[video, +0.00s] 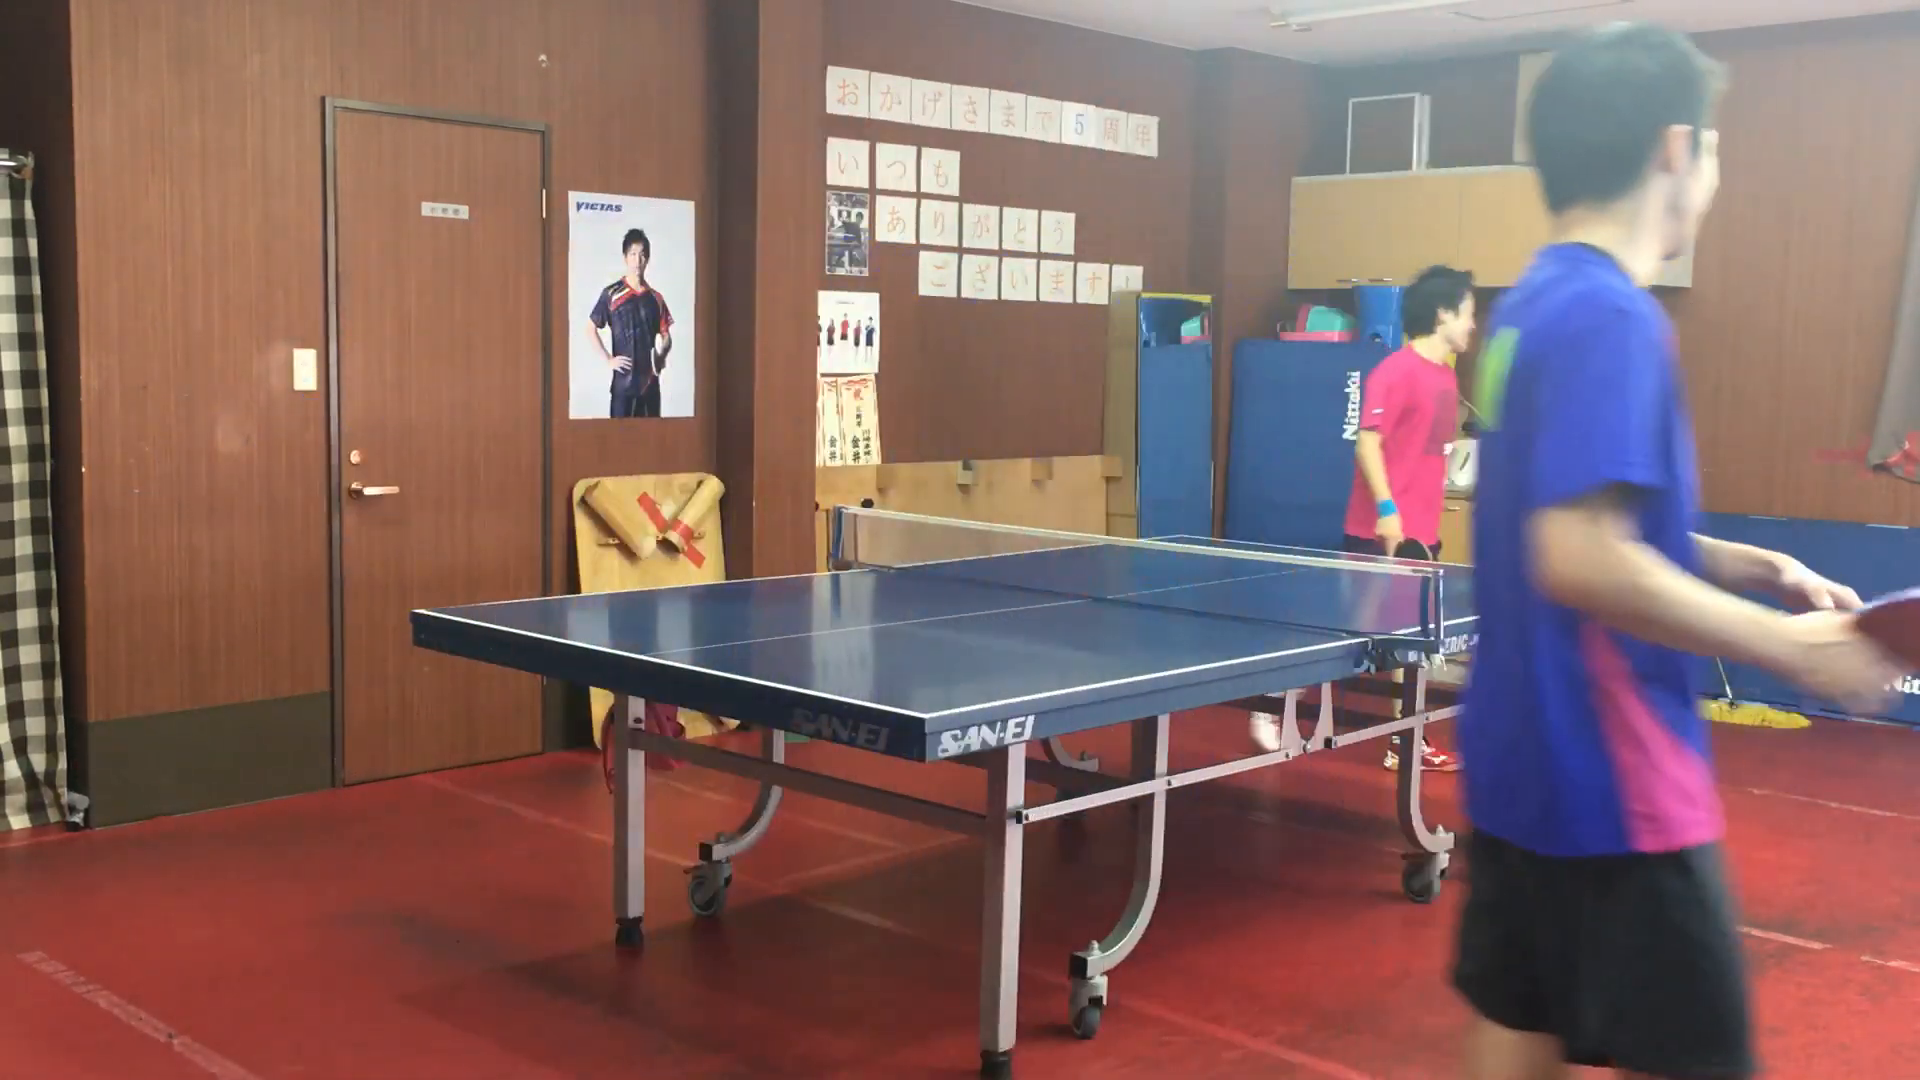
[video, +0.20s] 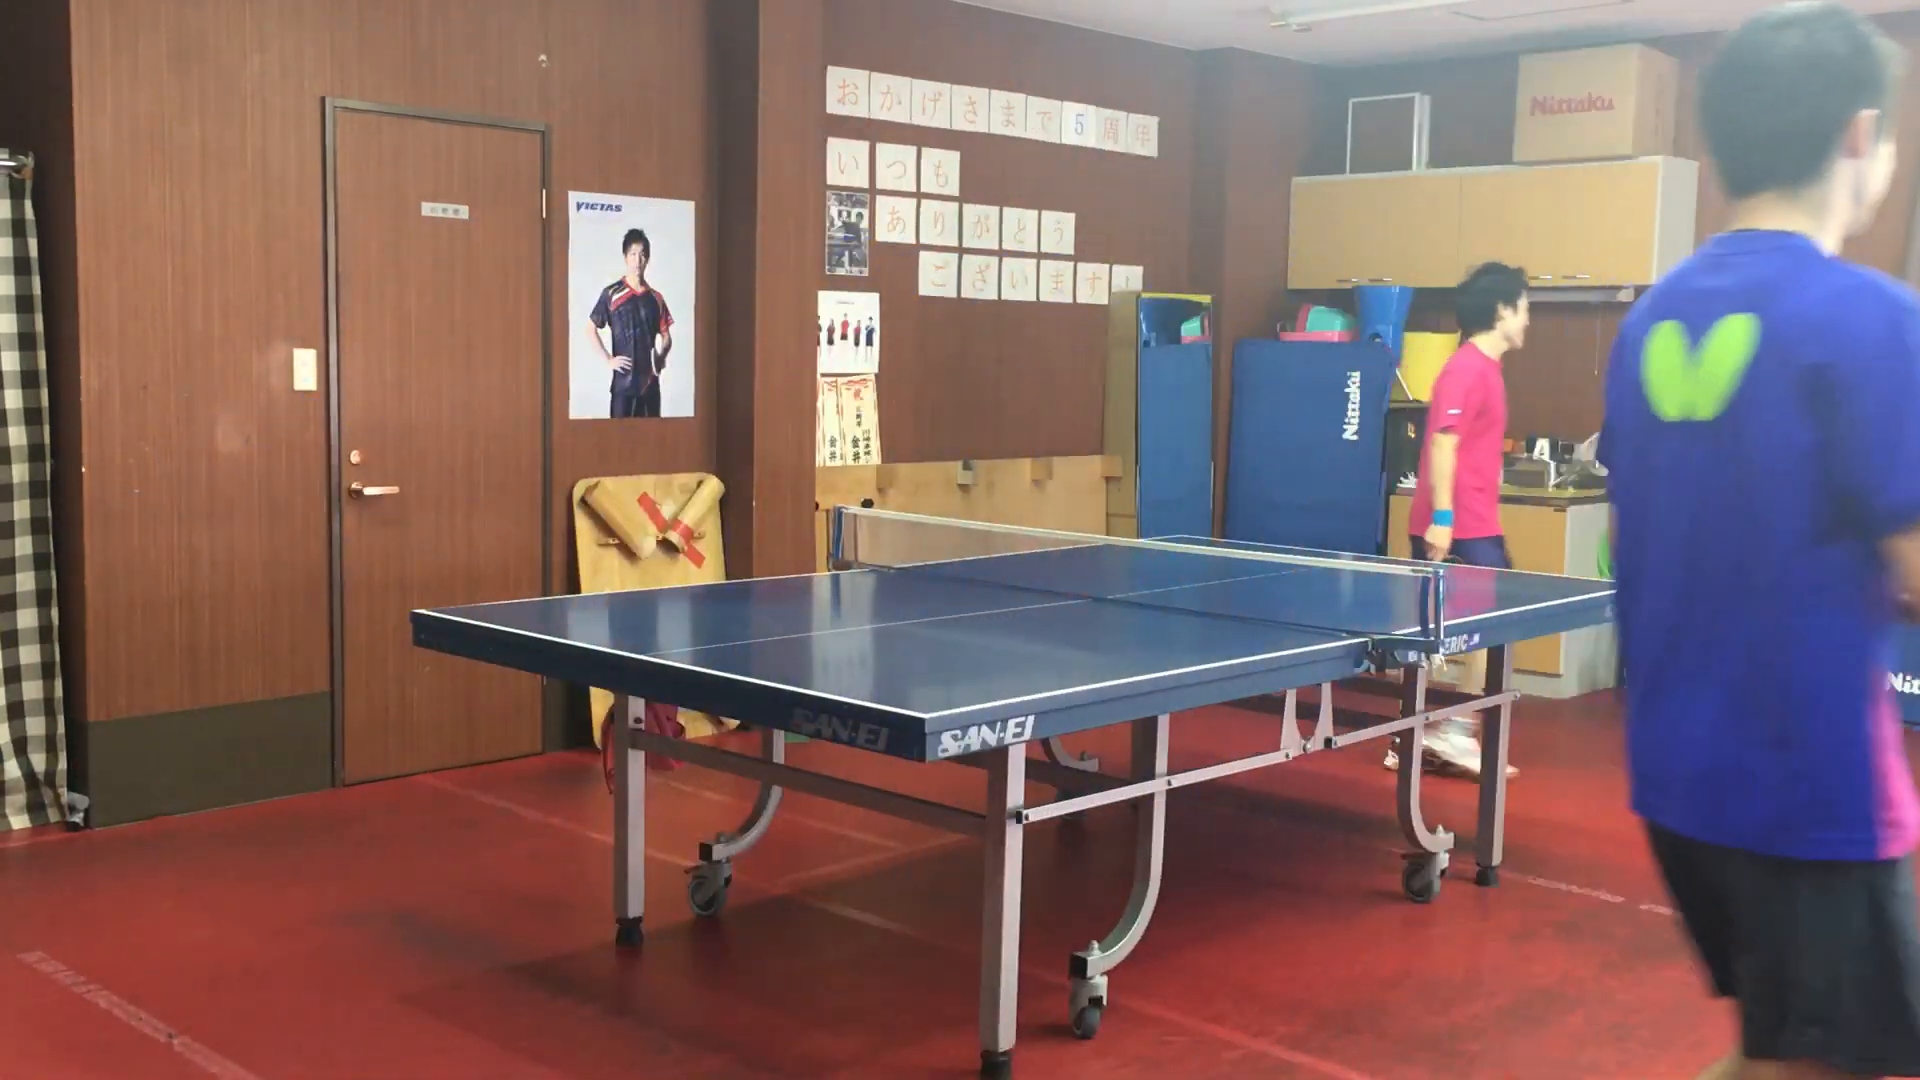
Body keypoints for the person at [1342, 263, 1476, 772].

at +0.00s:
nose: (1473, 325)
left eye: (1472, 314)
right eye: (1466, 314)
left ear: (1442, 318)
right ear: (1439, 316)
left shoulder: (1445, 375)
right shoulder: (1394, 371)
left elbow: (1430, 452)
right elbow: (1367, 442)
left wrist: (1432, 521)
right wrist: (1387, 511)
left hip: (1421, 534)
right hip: (1377, 531)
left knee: (1413, 642)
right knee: (1348, 629)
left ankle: (1408, 739)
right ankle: (1275, 709)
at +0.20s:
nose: (1529, 320)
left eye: (1528, 309)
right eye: (1523, 309)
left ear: (1492, 313)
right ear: (1499, 312)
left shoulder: (1486, 367)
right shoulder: (1466, 367)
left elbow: (1466, 448)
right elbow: (1442, 443)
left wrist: (1478, 519)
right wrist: (1442, 519)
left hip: (1476, 528)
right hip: (1460, 531)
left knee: (1455, 637)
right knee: (1476, 634)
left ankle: (1419, 734)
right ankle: (1447, 729)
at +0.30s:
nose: (1558, 322)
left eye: (1557, 312)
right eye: (1554, 312)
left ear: (1515, 317)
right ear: (1532, 316)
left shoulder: (1490, 367)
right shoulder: (1511, 372)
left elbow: (1468, 448)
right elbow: (1489, 450)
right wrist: (1482, 523)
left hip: (1466, 529)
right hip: (1505, 532)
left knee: (1436, 635)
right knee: (1544, 629)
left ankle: (1410, 734)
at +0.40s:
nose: (1592, 325)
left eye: (1589, 316)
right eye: (1588, 316)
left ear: (1541, 322)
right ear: (1570, 321)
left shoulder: (1518, 375)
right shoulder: (1553, 379)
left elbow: (1493, 454)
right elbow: (1536, 457)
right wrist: (1531, 530)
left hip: (1493, 536)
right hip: (1542, 538)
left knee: (1461, 631)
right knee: (1583, 622)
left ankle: (1414, 730)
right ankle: (1601, 744)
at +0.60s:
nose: (1661, 321)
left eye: (1659, 311)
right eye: (1658, 311)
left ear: (1604, 317)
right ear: (1643, 317)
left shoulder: (1577, 375)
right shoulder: (1639, 380)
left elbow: (1577, 457)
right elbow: (1647, 460)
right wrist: (1664, 532)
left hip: (1578, 533)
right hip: (1622, 536)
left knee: (1595, 627)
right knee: (1637, 634)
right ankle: (1612, 747)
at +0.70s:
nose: (1692, 317)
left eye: (1690, 308)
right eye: (1690, 308)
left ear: (1633, 315)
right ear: (1677, 314)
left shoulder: (1604, 373)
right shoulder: (1681, 375)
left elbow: (1588, 453)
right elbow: (1703, 455)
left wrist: (1595, 514)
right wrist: (1730, 524)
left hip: (1608, 527)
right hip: (1653, 530)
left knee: (1663, 610)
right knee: (1645, 629)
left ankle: (1597, 694)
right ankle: (1612, 747)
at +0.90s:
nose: (1759, 330)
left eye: (1757, 321)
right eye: (1756, 321)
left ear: (1702, 330)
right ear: (1746, 324)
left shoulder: (1673, 385)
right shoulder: (1752, 384)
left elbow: (1652, 461)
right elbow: (1780, 459)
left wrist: (1652, 517)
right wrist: (1829, 514)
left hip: (1673, 535)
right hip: (1714, 539)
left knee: (1724, 632)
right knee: (1675, 639)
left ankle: (1757, 733)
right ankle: (1615, 742)